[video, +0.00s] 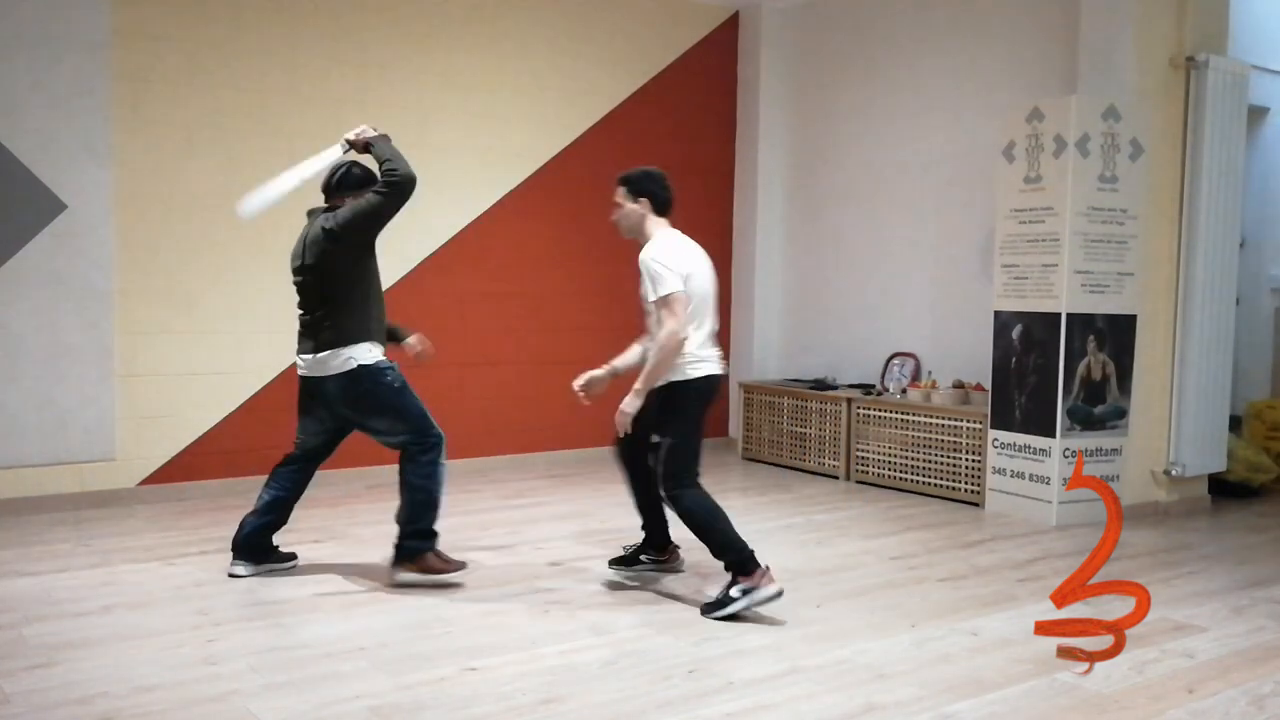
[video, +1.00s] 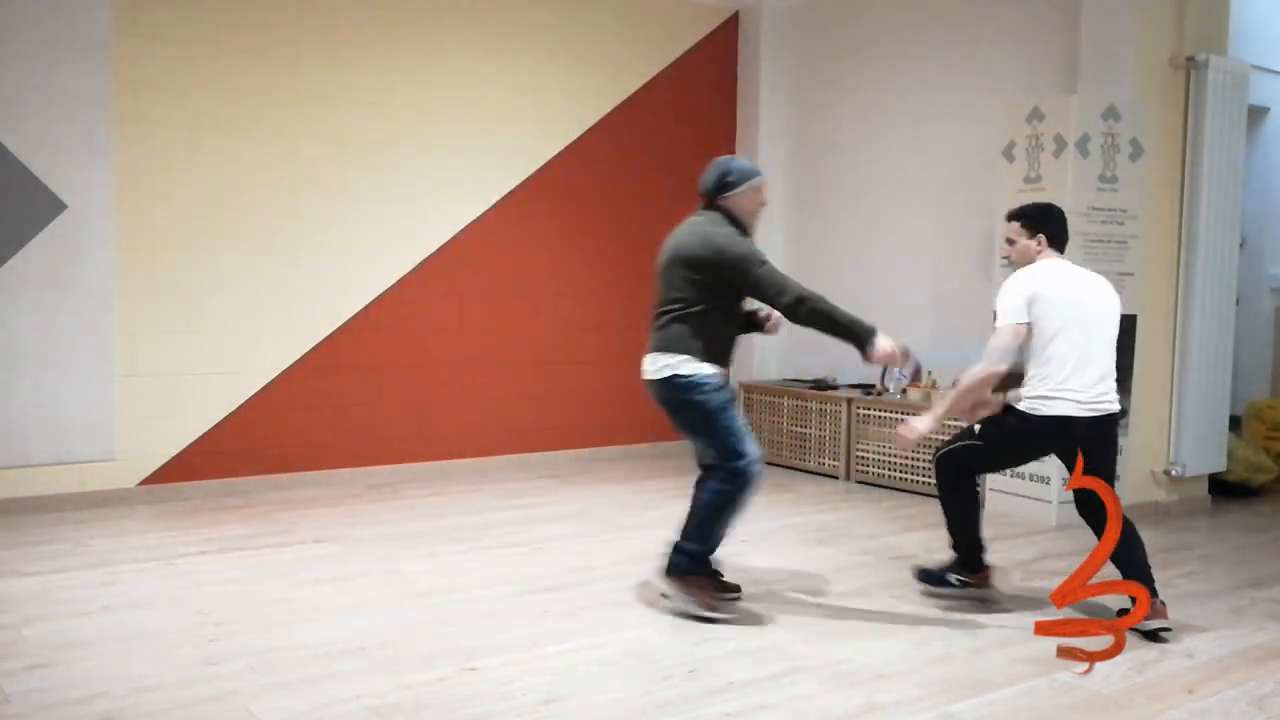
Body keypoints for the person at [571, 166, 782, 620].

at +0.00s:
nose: (613, 215)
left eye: (618, 205)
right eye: (614, 206)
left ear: (643, 206)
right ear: (650, 207)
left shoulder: (657, 254)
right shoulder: (683, 248)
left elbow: (674, 333)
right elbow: (655, 335)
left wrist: (637, 394)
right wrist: (608, 371)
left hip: (687, 380)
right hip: (685, 376)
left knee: (677, 482)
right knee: (632, 443)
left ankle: (751, 574)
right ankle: (658, 545)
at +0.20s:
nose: (677, 220)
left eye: (682, 211)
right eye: (677, 211)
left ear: (708, 210)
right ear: (723, 211)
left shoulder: (697, 254)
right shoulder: (768, 252)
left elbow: (651, 335)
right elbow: (759, 336)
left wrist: (625, 394)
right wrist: (696, 375)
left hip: (755, 378)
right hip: (801, 375)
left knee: (715, 483)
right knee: (752, 457)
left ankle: (758, 593)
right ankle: (797, 554)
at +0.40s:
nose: (772, 217)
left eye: (779, 207)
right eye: (772, 207)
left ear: (807, 209)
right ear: (814, 209)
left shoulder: (784, 254)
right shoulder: (862, 260)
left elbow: (740, 330)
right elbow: (866, 334)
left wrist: (705, 391)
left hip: (810, 398)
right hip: (869, 396)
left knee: (749, 480)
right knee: (927, 483)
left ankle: (754, 594)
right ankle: (1013, 567)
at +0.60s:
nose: (898, 230)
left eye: (905, 221)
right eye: (898, 220)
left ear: (932, 222)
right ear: (945, 222)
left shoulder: (915, 267)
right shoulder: (1003, 271)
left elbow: (881, 352)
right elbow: (1029, 359)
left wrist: (850, 407)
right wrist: (1002, 404)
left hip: (937, 403)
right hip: (1001, 409)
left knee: (857, 469)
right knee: (1048, 504)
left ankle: (826, 583)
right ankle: (1130, 602)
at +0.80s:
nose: (989, 249)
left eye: (997, 240)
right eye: (990, 239)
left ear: (1025, 242)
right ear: (1033, 243)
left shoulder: (1011, 283)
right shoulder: (1078, 290)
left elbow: (995, 376)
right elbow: (1084, 370)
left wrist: (966, 422)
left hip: (1024, 423)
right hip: (1077, 424)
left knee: (940, 479)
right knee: (1075, 511)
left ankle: (1018, 565)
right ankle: (1146, 605)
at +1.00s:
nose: (1005, 251)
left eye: (1011, 242)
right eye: (1005, 242)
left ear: (1039, 242)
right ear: (1048, 244)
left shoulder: (1023, 283)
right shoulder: (1102, 287)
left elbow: (994, 367)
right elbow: (1082, 372)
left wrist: (931, 418)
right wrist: (1003, 398)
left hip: (1043, 415)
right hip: (1099, 421)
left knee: (952, 462)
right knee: (1100, 506)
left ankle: (969, 567)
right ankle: (1148, 603)